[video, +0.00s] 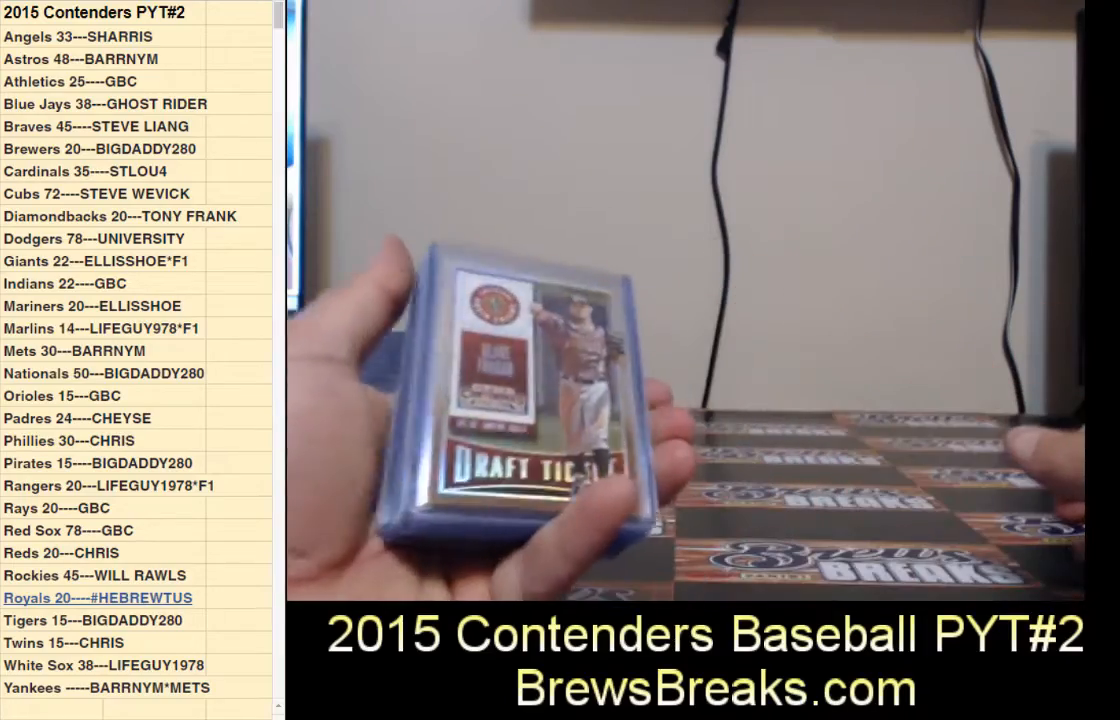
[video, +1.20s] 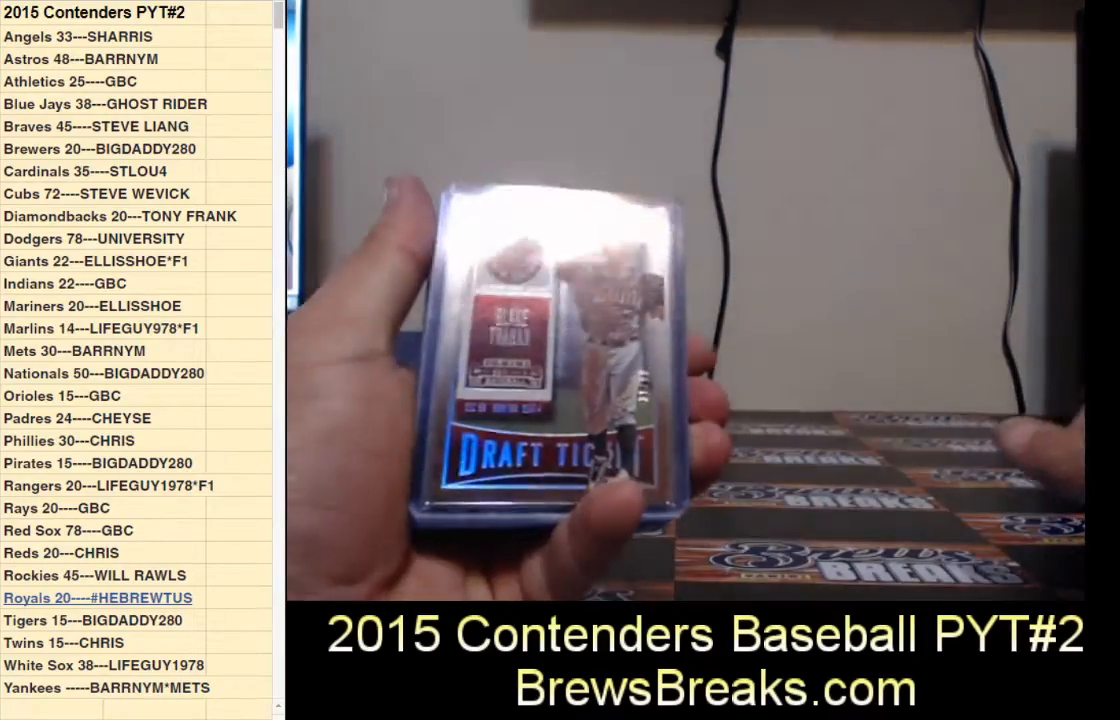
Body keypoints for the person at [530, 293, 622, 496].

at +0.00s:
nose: (578, 309)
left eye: (583, 305)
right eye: (575, 305)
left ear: (590, 309)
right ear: (569, 308)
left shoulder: (601, 335)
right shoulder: (564, 329)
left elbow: (614, 358)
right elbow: (548, 320)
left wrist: (617, 350)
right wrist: (538, 312)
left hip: (597, 386)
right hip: (571, 385)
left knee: (599, 434)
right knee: (573, 434)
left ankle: (604, 480)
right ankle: (579, 478)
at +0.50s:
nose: (591, 289)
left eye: (596, 284)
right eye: (587, 284)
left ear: (604, 287)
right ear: (581, 286)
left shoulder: (613, 311)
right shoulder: (571, 308)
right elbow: (549, 300)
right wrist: (552, 301)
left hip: (607, 366)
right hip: (579, 366)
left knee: (606, 421)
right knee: (577, 418)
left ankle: (609, 473)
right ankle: (582, 466)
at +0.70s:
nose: (592, 280)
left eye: (597, 275)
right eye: (588, 275)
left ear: (604, 278)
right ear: (582, 277)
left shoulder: (616, 304)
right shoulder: (569, 300)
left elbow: (637, 331)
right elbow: (548, 294)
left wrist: (635, 318)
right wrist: (551, 292)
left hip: (608, 362)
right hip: (580, 362)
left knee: (608, 418)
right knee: (579, 417)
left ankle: (611, 469)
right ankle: (586, 463)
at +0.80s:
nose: (594, 274)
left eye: (599, 266)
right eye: (589, 267)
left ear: (608, 269)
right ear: (584, 269)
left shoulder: (621, 297)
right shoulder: (576, 300)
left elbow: (632, 324)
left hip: (609, 354)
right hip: (581, 355)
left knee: (608, 409)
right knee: (581, 406)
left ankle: (612, 467)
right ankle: (586, 459)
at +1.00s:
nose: (601, 260)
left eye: (608, 256)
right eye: (596, 255)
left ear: (615, 258)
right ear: (590, 255)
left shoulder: (624, 274)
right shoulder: (572, 273)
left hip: (616, 345)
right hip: (584, 345)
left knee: (612, 409)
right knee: (582, 409)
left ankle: (614, 470)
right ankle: (587, 467)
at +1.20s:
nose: (616, 257)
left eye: (622, 252)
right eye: (611, 251)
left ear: (631, 255)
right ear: (605, 252)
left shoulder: (638, 279)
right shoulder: (588, 272)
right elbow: (559, 270)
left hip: (628, 346)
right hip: (596, 346)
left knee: (624, 408)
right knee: (594, 407)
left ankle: (626, 470)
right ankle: (600, 467)